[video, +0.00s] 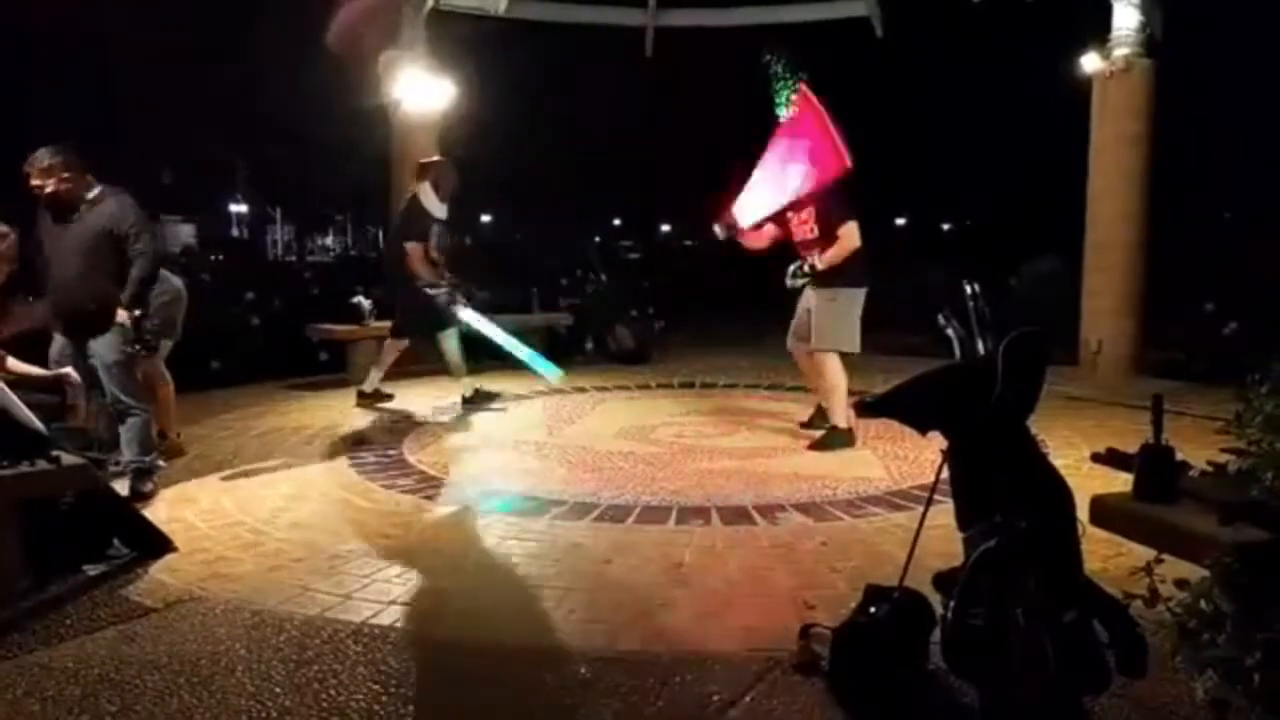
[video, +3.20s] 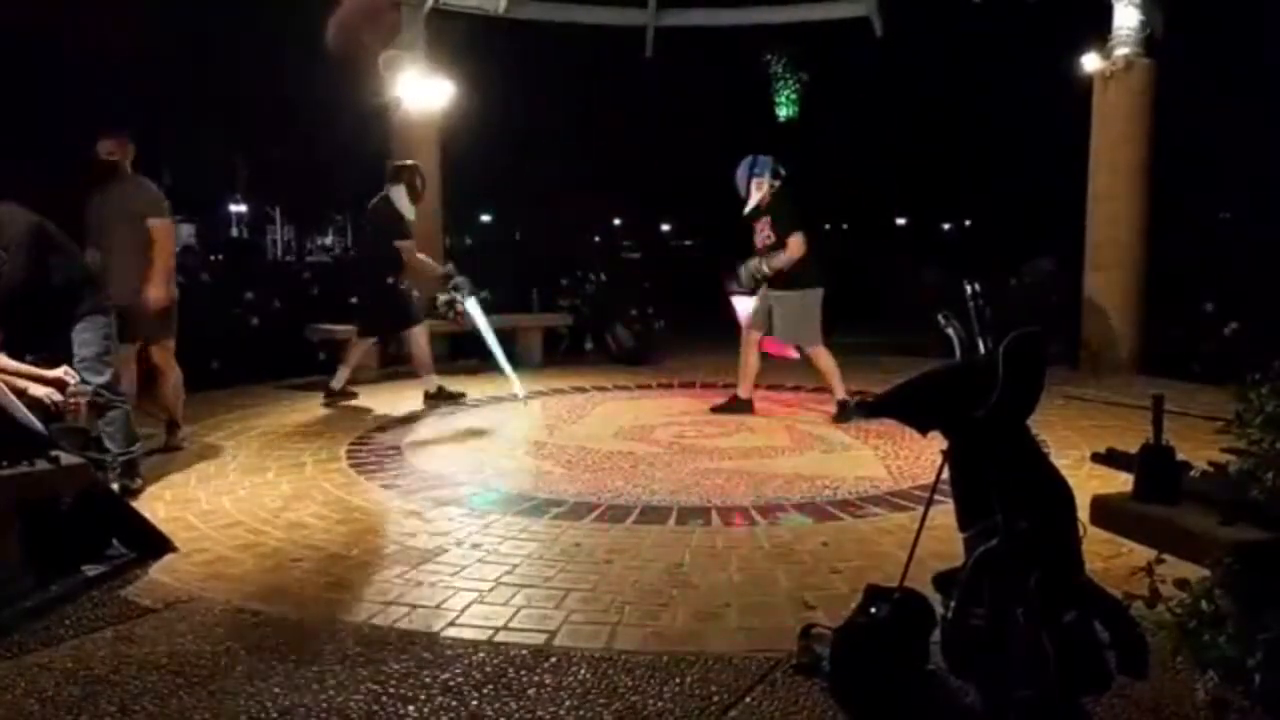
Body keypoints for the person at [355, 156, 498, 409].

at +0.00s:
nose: (451, 185)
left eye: (451, 179)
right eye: (447, 179)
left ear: (432, 180)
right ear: (435, 181)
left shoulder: (432, 208)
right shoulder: (415, 212)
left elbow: (431, 249)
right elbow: (415, 260)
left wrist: (446, 274)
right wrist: (440, 286)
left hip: (418, 277)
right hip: (410, 280)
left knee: (401, 334)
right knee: (447, 327)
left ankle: (369, 386)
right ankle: (467, 389)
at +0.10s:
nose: (448, 180)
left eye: (447, 174)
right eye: (443, 174)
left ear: (434, 176)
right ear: (430, 176)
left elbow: (432, 247)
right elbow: (405, 256)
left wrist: (438, 274)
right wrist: (424, 282)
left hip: (418, 277)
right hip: (405, 279)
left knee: (394, 333)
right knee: (435, 327)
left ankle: (369, 387)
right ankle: (450, 391)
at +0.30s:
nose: (437, 180)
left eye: (437, 174)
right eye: (433, 173)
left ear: (420, 175)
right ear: (420, 175)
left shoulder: (414, 200)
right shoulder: (402, 199)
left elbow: (413, 235)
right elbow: (403, 236)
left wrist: (436, 250)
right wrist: (429, 255)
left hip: (397, 276)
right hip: (401, 278)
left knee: (391, 331)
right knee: (431, 324)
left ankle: (367, 387)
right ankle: (422, 387)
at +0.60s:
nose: (447, 179)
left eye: (446, 173)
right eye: (443, 173)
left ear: (423, 175)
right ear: (430, 175)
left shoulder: (419, 201)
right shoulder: (413, 202)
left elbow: (432, 235)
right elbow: (428, 234)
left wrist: (458, 232)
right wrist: (460, 232)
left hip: (402, 285)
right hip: (408, 286)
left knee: (401, 333)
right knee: (452, 324)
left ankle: (369, 387)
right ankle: (459, 391)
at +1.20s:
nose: (434, 189)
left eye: (434, 182)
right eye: (431, 182)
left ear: (406, 181)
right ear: (420, 182)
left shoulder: (390, 204)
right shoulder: (400, 208)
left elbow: (422, 243)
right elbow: (430, 245)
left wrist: (460, 254)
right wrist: (467, 256)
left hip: (380, 281)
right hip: (393, 283)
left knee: (379, 336)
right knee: (421, 332)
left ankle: (353, 389)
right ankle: (449, 389)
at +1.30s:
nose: (430, 186)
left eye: (431, 179)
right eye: (427, 179)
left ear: (404, 178)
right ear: (414, 178)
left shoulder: (389, 201)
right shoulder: (396, 204)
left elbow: (415, 245)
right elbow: (417, 245)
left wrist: (449, 264)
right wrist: (452, 265)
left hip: (378, 280)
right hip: (387, 282)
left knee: (374, 335)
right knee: (412, 331)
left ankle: (352, 389)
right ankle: (431, 390)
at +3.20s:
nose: (422, 190)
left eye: (422, 184)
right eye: (419, 184)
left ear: (396, 183)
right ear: (408, 184)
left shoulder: (381, 205)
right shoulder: (393, 209)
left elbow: (407, 253)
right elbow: (409, 255)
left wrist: (438, 270)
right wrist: (440, 272)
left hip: (372, 279)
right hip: (385, 281)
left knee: (367, 333)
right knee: (416, 326)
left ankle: (337, 385)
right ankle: (431, 387)